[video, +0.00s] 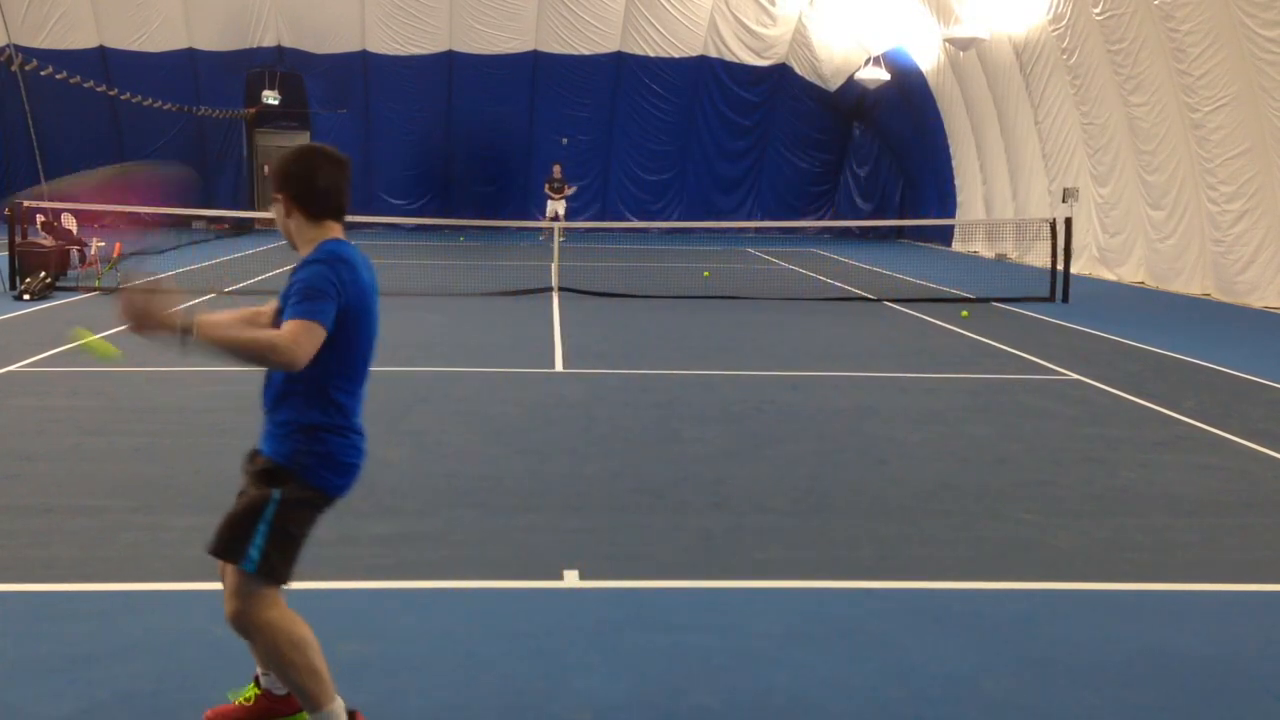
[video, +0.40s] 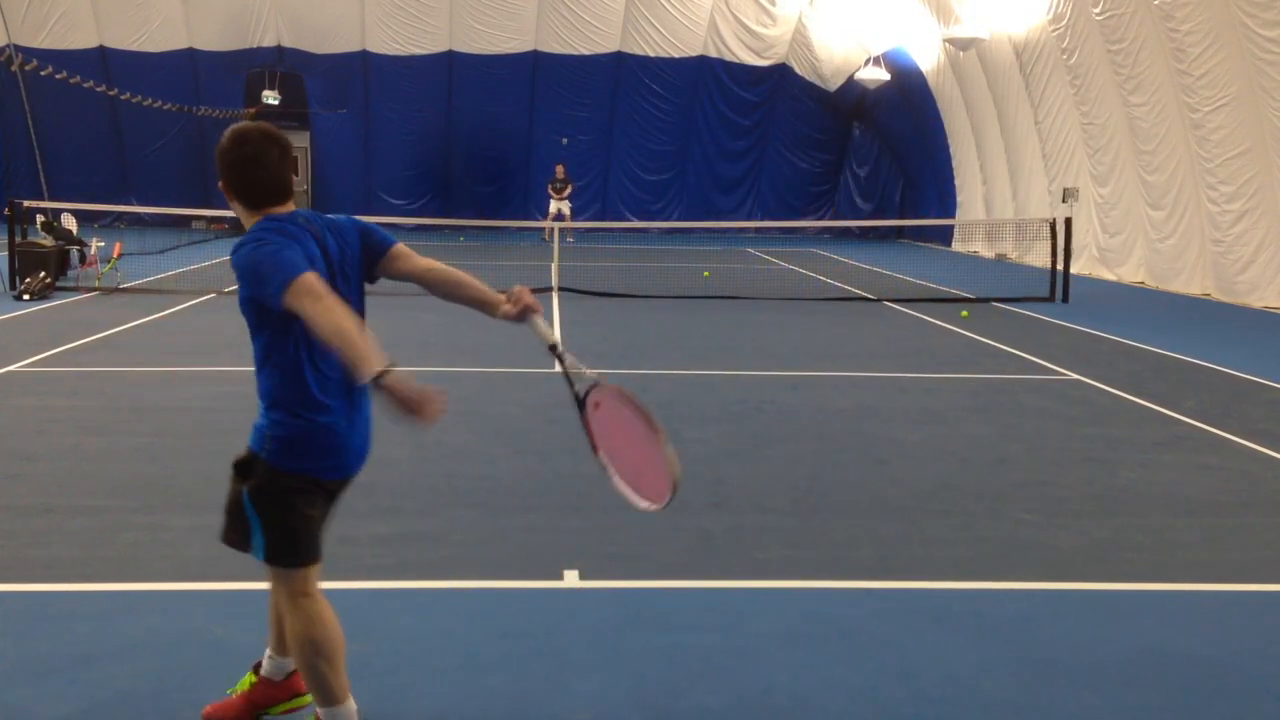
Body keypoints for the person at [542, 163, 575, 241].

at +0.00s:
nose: (556, 170)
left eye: (558, 169)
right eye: (555, 169)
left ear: (560, 170)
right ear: (553, 170)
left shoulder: (563, 180)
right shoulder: (549, 180)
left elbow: (565, 191)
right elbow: (546, 189)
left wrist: (571, 191)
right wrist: (554, 195)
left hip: (561, 200)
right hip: (551, 201)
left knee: (561, 217)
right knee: (548, 217)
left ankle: (561, 234)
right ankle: (545, 233)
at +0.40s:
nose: (559, 171)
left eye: (560, 169)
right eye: (557, 169)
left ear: (563, 170)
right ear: (556, 171)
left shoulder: (567, 180)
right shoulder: (552, 181)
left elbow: (569, 189)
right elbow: (549, 189)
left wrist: (563, 195)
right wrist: (554, 195)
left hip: (564, 200)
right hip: (554, 201)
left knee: (568, 216)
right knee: (551, 215)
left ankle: (569, 235)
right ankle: (546, 235)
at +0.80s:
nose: (547, 171)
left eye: (549, 169)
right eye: (546, 169)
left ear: (552, 170)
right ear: (544, 170)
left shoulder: (556, 179)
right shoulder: (543, 180)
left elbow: (560, 189)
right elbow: (541, 190)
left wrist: (552, 199)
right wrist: (544, 199)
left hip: (555, 200)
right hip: (546, 200)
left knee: (556, 218)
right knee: (547, 218)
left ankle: (565, 232)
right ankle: (548, 236)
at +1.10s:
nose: (541, 170)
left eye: (543, 168)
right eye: (540, 168)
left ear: (547, 169)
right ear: (540, 170)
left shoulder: (552, 178)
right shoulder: (541, 180)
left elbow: (556, 190)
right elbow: (539, 192)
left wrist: (547, 198)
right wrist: (537, 203)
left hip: (551, 200)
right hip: (542, 200)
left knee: (550, 218)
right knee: (536, 214)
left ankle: (555, 237)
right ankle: (543, 233)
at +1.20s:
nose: (538, 168)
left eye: (540, 166)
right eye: (537, 166)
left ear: (544, 167)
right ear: (537, 167)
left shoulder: (549, 176)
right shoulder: (539, 177)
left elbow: (553, 188)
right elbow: (538, 189)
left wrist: (544, 196)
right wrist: (537, 198)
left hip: (548, 199)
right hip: (540, 199)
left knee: (549, 219)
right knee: (533, 215)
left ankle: (554, 238)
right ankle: (535, 235)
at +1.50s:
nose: (526, 171)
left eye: (528, 169)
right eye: (525, 169)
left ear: (532, 169)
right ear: (525, 170)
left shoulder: (537, 178)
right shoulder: (529, 179)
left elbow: (542, 190)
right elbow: (529, 190)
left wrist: (532, 198)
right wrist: (529, 199)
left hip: (537, 201)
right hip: (530, 200)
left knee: (537, 220)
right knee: (524, 218)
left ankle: (550, 232)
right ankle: (529, 237)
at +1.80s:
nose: (521, 169)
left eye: (522, 167)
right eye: (520, 167)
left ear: (526, 167)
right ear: (520, 169)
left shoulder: (531, 176)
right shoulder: (522, 178)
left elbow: (536, 187)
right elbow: (523, 189)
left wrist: (528, 196)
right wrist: (523, 198)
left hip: (533, 198)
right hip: (525, 198)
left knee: (529, 217)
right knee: (522, 217)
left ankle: (540, 235)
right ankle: (527, 235)